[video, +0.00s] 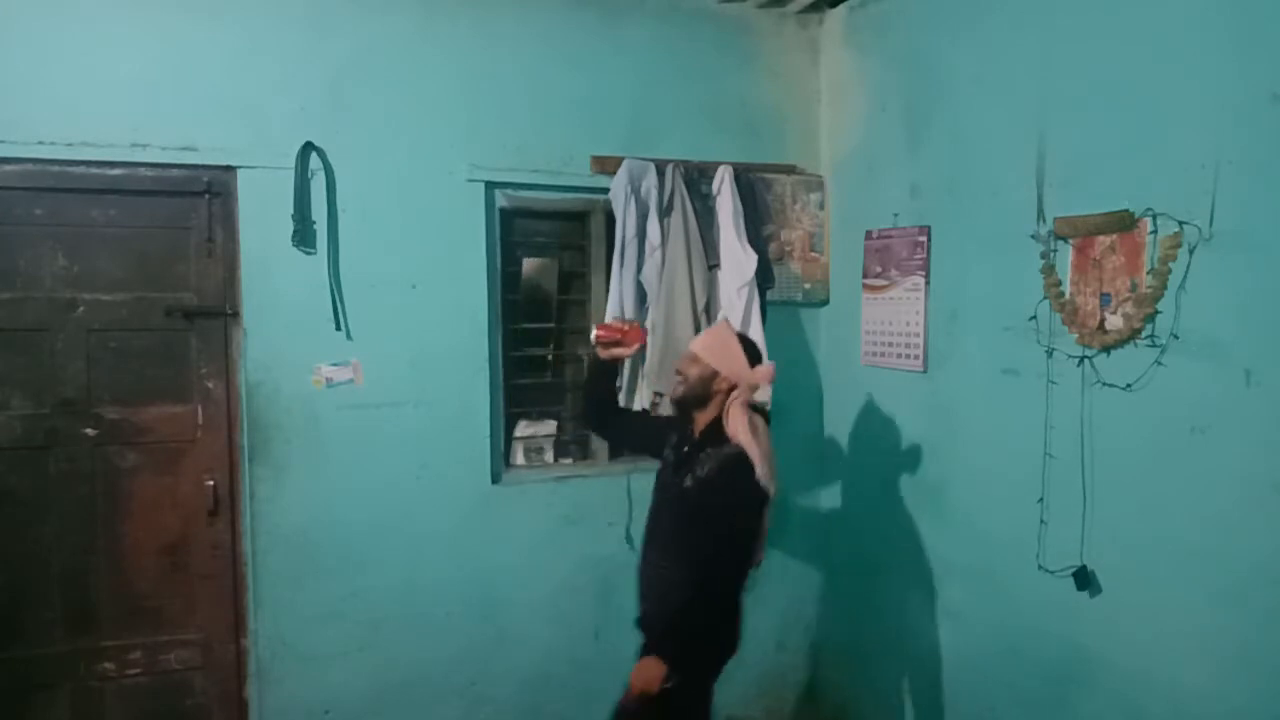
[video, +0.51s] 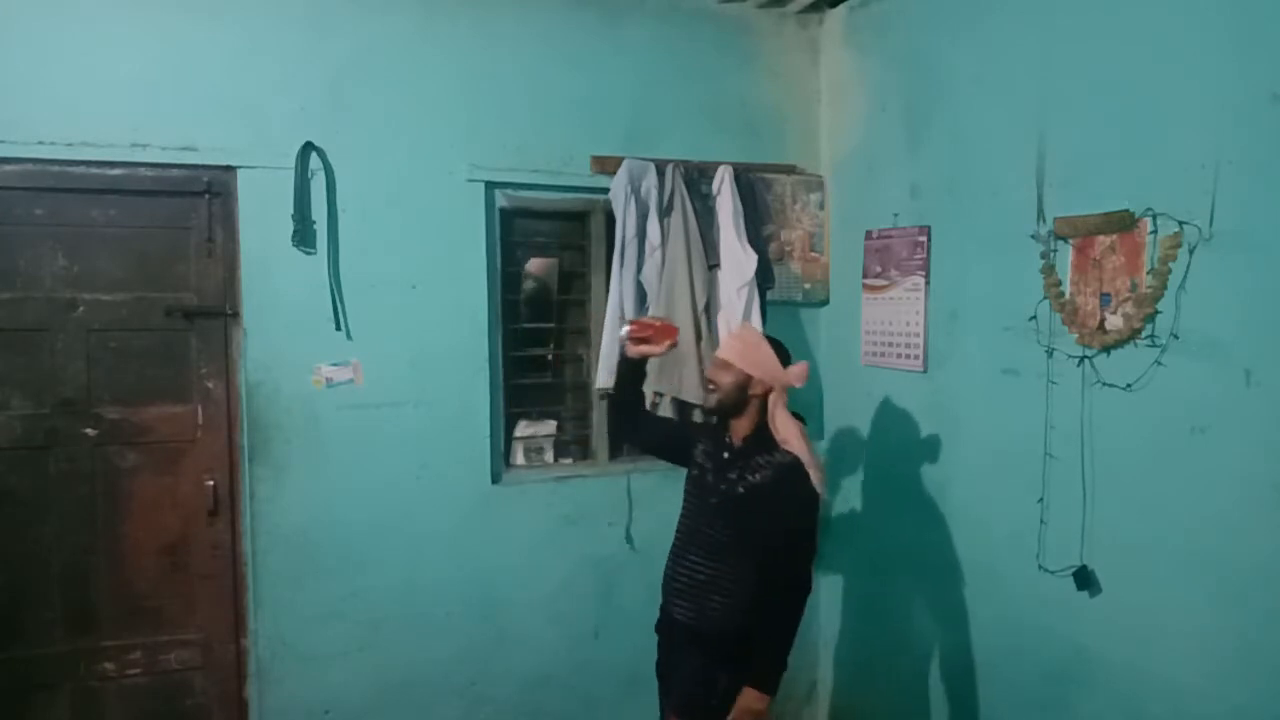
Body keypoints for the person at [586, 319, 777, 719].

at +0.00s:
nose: (679, 365)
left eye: (694, 360)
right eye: (686, 356)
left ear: (725, 382)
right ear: (720, 382)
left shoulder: (738, 463)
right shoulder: (680, 434)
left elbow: (718, 577)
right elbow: (602, 417)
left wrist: (664, 653)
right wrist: (605, 363)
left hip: (697, 636)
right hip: (663, 627)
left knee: (634, 710)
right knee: (683, 713)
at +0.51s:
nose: (709, 374)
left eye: (724, 366)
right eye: (712, 363)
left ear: (759, 385)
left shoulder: (789, 476)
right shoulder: (705, 443)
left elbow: (789, 590)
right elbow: (630, 426)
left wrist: (760, 688)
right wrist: (632, 361)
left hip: (736, 647)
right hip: (678, 638)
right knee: (676, 710)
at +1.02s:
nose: (707, 381)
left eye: (719, 369)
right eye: (698, 371)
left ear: (746, 375)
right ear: (688, 379)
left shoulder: (791, 450)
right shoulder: (689, 440)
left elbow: (841, 539)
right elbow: (624, 445)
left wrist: (870, 633)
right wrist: (643, 375)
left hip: (769, 622)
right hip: (699, 618)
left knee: (756, 708)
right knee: (691, 708)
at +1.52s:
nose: (754, 408)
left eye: (762, 396)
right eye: (740, 398)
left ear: (774, 393)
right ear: (716, 399)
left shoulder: (806, 439)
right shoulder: (697, 446)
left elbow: (849, 501)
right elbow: (674, 510)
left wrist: (874, 568)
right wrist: (710, 459)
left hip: (806, 601)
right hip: (731, 602)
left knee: (820, 709)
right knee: (727, 710)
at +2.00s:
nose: (825, 382)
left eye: (828, 373)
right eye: (814, 372)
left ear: (834, 371)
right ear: (783, 375)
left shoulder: (834, 422)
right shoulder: (758, 422)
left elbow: (863, 505)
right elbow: (775, 470)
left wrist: (886, 581)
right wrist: (838, 393)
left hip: (846, 604)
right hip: (781, 605)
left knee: (849, 710)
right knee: (770, 710)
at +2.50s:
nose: (838, 383)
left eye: (840, 375)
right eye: (830, 375)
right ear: (800, 379)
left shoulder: (851, 431)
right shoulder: (769, 435)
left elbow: (883, 511)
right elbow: (797, 456)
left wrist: (905, 583)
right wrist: (845, 388)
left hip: (865, 607)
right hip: (802, 609)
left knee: (859, 710)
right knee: (795, 711)